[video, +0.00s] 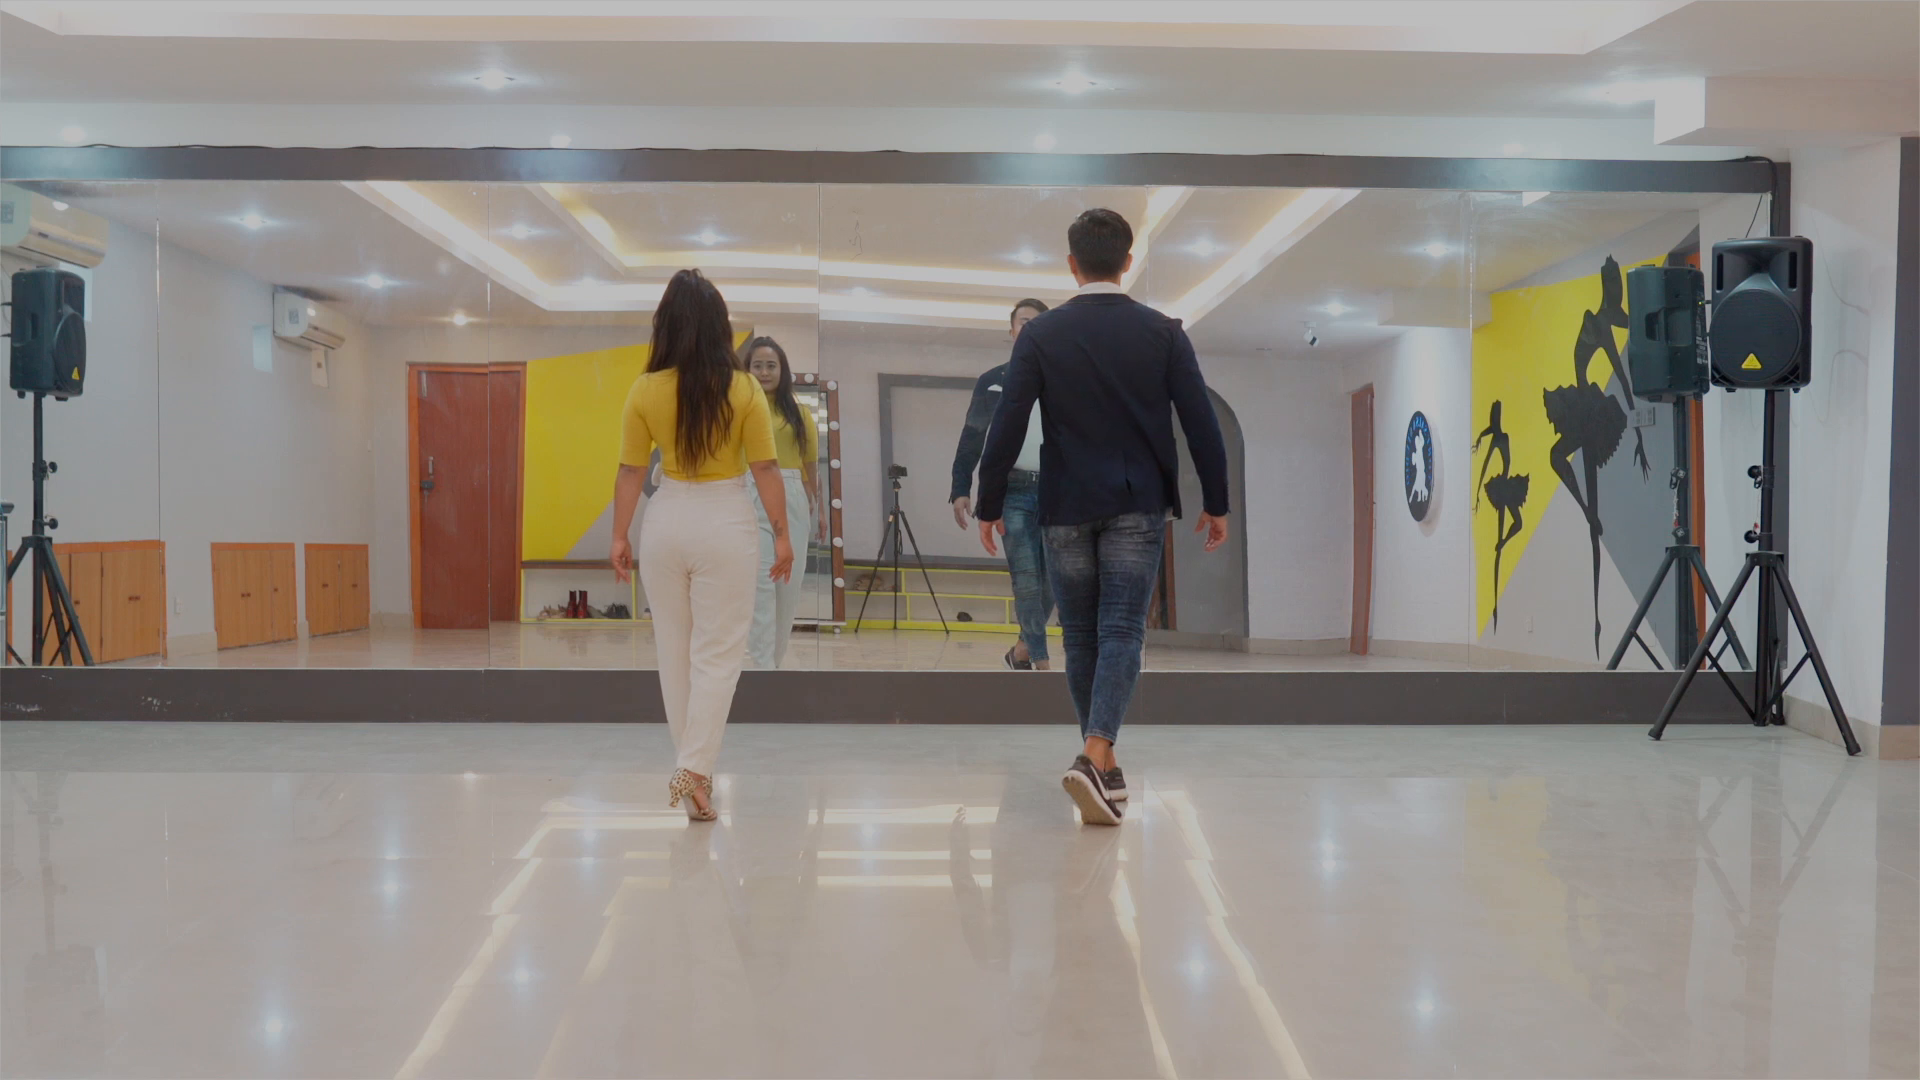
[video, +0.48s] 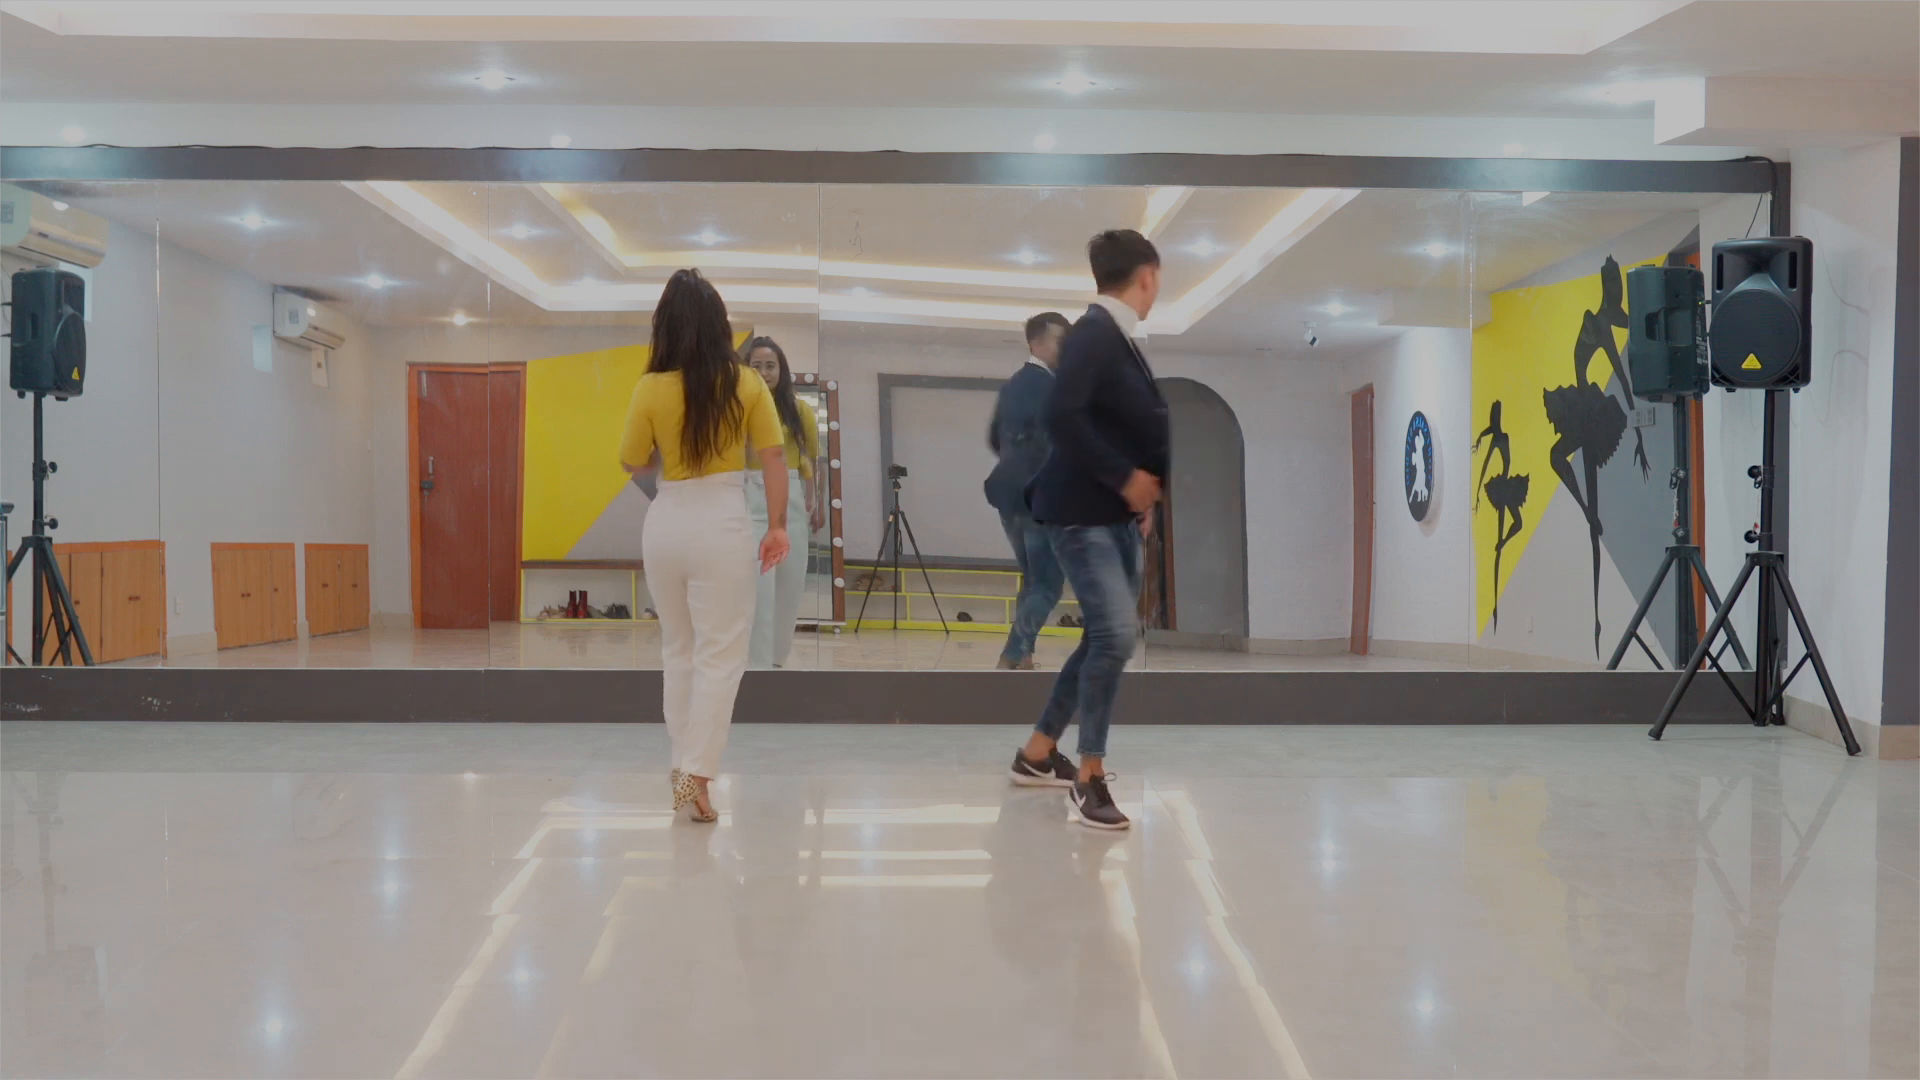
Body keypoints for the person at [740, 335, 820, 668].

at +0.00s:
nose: (764, 371)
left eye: (771, 365)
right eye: (757, 365)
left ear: (783, 370)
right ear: (746, 370)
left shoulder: (800, 413)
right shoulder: (741, 411)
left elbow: (809, 470)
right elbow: (731, 465)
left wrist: (817, 511)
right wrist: (730, 506)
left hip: (793, 499)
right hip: (752, 498)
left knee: (789, 584)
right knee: (761, 585)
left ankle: (773, 666)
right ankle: (761, 670)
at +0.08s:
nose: (765, 372)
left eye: (771, 366)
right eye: (758, 366)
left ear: (783, 371)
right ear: (746, 371)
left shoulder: (800, 413)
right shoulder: (741, 411)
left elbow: (809, 470)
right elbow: (731, 465)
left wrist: (817, 511)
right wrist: (730, 507)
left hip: (793, 499)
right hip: (752, 497)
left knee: (789, 584)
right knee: (761, 585)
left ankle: (773, 666)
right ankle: (761, 670)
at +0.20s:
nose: (765, 372)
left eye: (772, 366)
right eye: (758, 366)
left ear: (783, 371)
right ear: (746, 371)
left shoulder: (800, 413)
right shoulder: (741, 411)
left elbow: (809, 470)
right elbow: (731, 465)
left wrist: (816, 511)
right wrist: (731, 508)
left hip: (793, 499)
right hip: (752, 499)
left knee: (789, 585)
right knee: (762, 586)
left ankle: (773, 667)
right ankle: (761, 672)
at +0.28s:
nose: (765, 373)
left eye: (772, 366)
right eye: (758, 366)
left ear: (783, 371)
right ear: (746, 371)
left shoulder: (800, 413)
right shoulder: (741, 410)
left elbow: (809, 469)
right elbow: (731, 465)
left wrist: (817, 512)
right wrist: (730, 508)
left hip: (793, 498)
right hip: (752, 497)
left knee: (789, 584)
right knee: (761, 585)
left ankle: (773, 668)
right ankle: (760, 672)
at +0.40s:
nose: (765, 372)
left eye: (772, 366)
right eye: (758, 366)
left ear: (783, 370)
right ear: (747, 370)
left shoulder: (800, 410)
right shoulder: (742, 410)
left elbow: (809, 462)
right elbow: (731, 461)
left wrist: (814, 504)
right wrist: (732, 505)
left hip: (792, 496)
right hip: (751, 497)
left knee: (790, 581)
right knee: (759, 584)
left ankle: (775, 664)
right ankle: (761, 670)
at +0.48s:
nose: (764, 372)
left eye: (771, 365)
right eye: (757, 365)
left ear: (782, 369)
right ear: (746, 369)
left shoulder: (800, 410)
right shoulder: (740, 409)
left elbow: (809, 460)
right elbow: (731, 462)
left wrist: (814, 503)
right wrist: (730, 504)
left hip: (791, 496)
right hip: (750, 497)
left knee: (790, 578)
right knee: (758, 580)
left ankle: (777, 661)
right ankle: (758, 665)